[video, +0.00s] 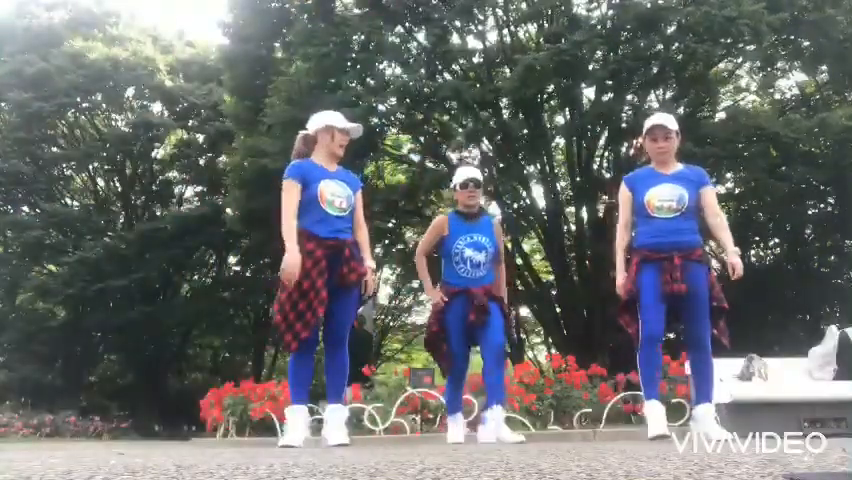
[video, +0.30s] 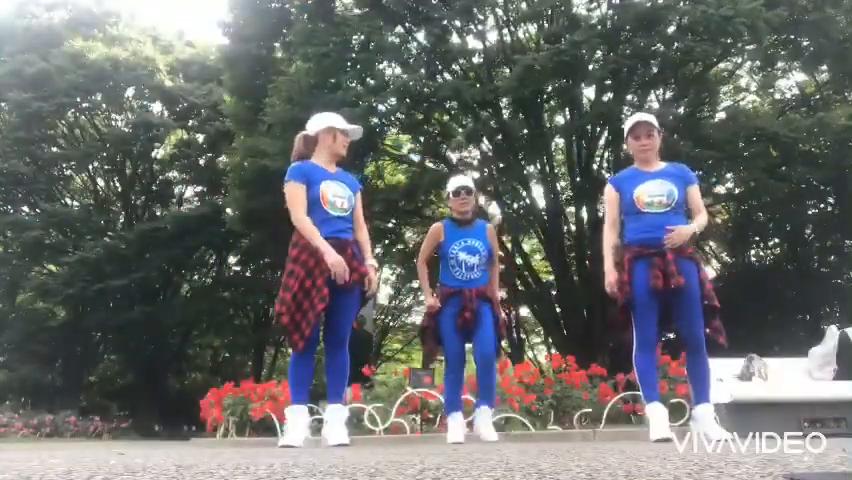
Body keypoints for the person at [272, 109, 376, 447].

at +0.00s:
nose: (345, 139)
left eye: (346, 134)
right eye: (340, 133)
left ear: (342, 138)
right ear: (321, 135)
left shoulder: (352, 179)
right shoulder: (299, 169)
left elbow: (360, 225)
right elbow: (289, 214)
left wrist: (368, 261)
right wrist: (291, 250)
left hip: (348, 256)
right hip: (310, 255)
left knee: (338, 338)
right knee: (305, 336)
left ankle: (336, 417)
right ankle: (297, 417)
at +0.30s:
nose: (347, 141)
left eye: (347, 136)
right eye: (342, 135)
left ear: (338, 140)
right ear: (324, 137)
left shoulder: (351, 180)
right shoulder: (300, 170)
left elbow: (360, 226)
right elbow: (299, 217)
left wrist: (368, 260)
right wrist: (327, 251)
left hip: (350, 256)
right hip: (313, 253)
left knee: (339, 339)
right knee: (306, 337)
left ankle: (336, 418)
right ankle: (297, 418)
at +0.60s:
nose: (348, 143)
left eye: (348, 138)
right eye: (343, 137)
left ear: (337, 140)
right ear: (326, 138)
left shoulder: (353, 181)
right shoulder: (299, 173)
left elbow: (363, 227)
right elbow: (287, 222)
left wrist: (371, 261)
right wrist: (299, 263)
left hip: (349, 255)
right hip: (311, 252)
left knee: (340, 338)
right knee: (307, 338)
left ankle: (336, 418)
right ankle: (297, 419)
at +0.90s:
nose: (348, 143)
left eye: (348, 138)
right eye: (343, 137)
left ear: (340, 142)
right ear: (325, 139)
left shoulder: (355, 182)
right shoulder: (299, 175)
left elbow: (364, 227)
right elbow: (284, 221)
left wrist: (370, 261)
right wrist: (284, 261)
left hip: (349, 256)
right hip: (309, 254)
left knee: (340, 338)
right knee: (307, 338)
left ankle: (336, 418)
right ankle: (297, 418)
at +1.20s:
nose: (347, 141)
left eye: (348, 137)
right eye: (341, 135)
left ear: (341, 142)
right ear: (322, 138)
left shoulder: (355, 179)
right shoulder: (299, 173)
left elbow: (377, 218)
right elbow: (257, 203)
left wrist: (379, 243)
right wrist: (284, 226)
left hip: (347, 259)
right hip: (309, 257)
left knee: (339, 340)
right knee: (305, 339)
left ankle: (336, 419)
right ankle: (297, 419)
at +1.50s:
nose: (348, 138)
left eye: (348, 134)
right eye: (342, 133)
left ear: (342, 139)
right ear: (323, 135)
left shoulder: (355, 174)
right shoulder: (299, 169)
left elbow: (378, 199)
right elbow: (252, 187)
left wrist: (371, 214)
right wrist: (281, 206)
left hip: (346, 255)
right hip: (308, 253)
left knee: (338, 340)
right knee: (305, 338)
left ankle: (335, 420)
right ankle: (297, 420)